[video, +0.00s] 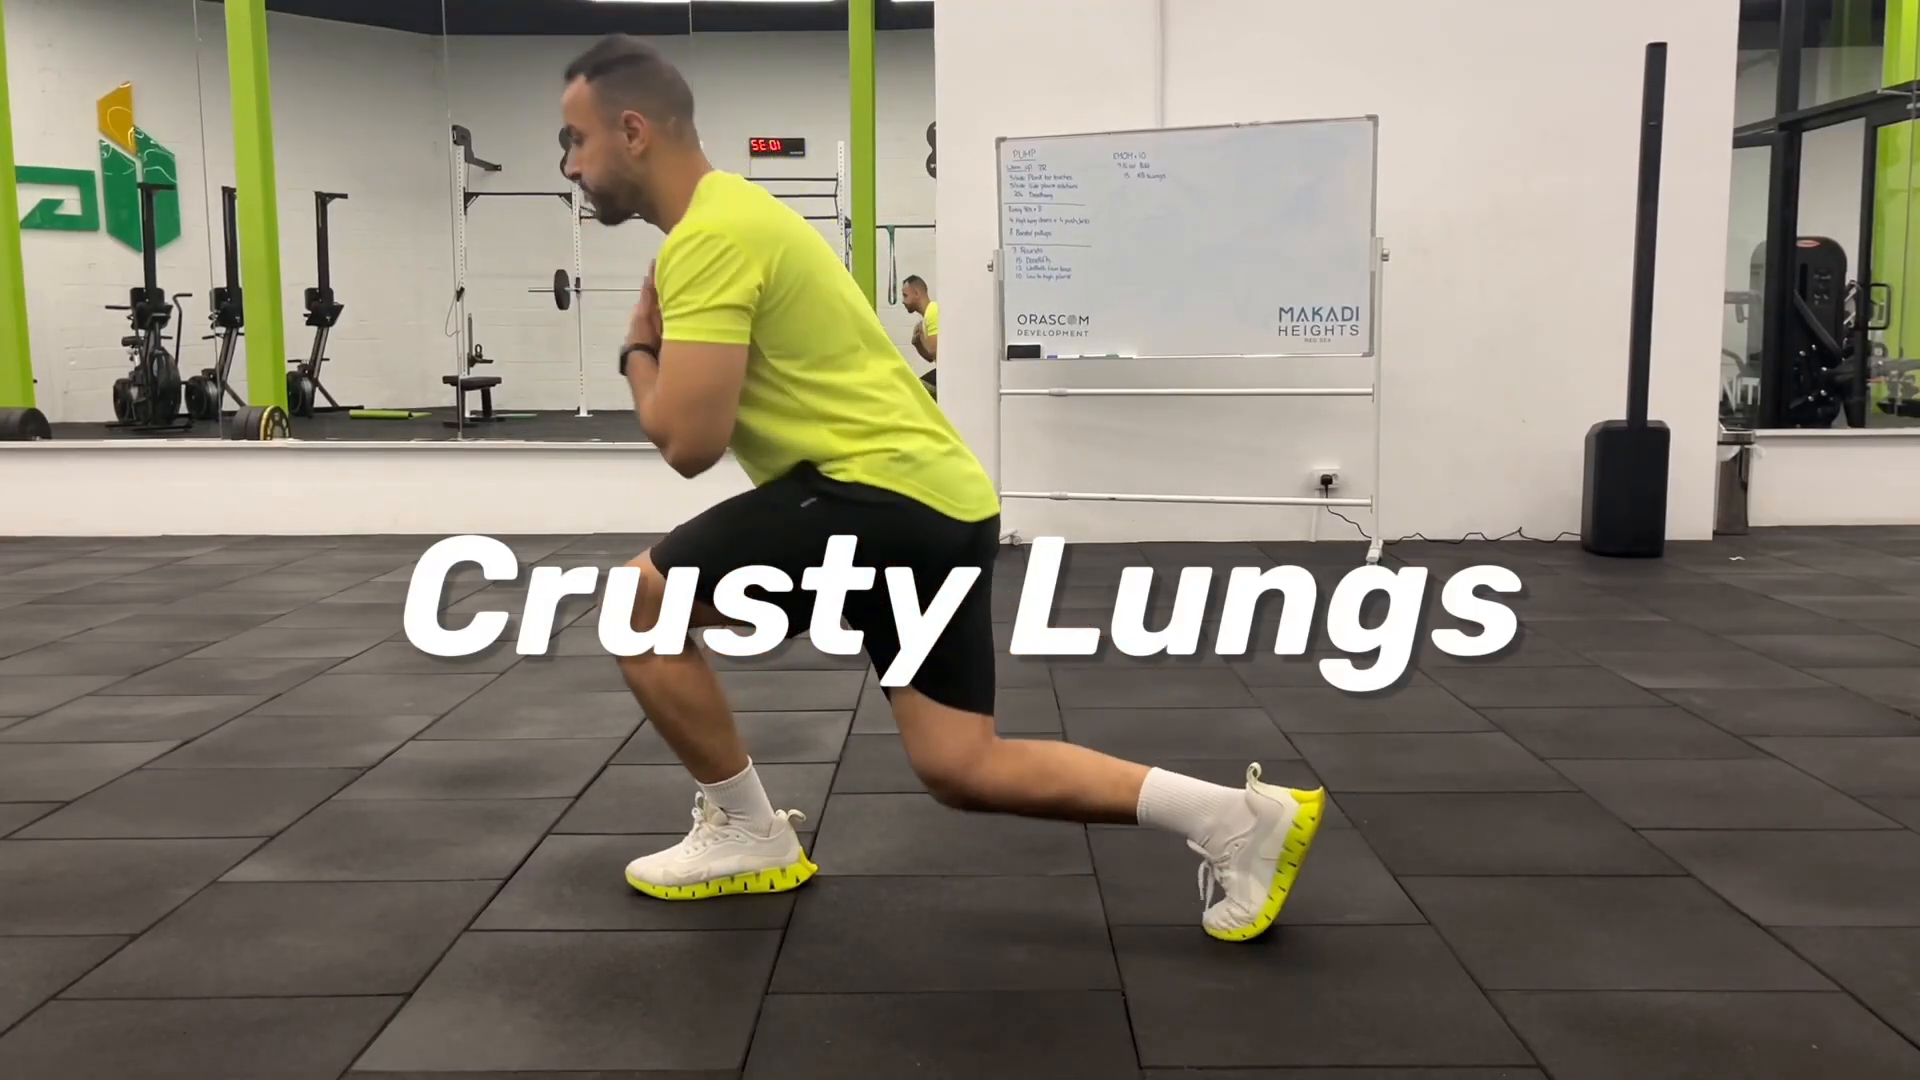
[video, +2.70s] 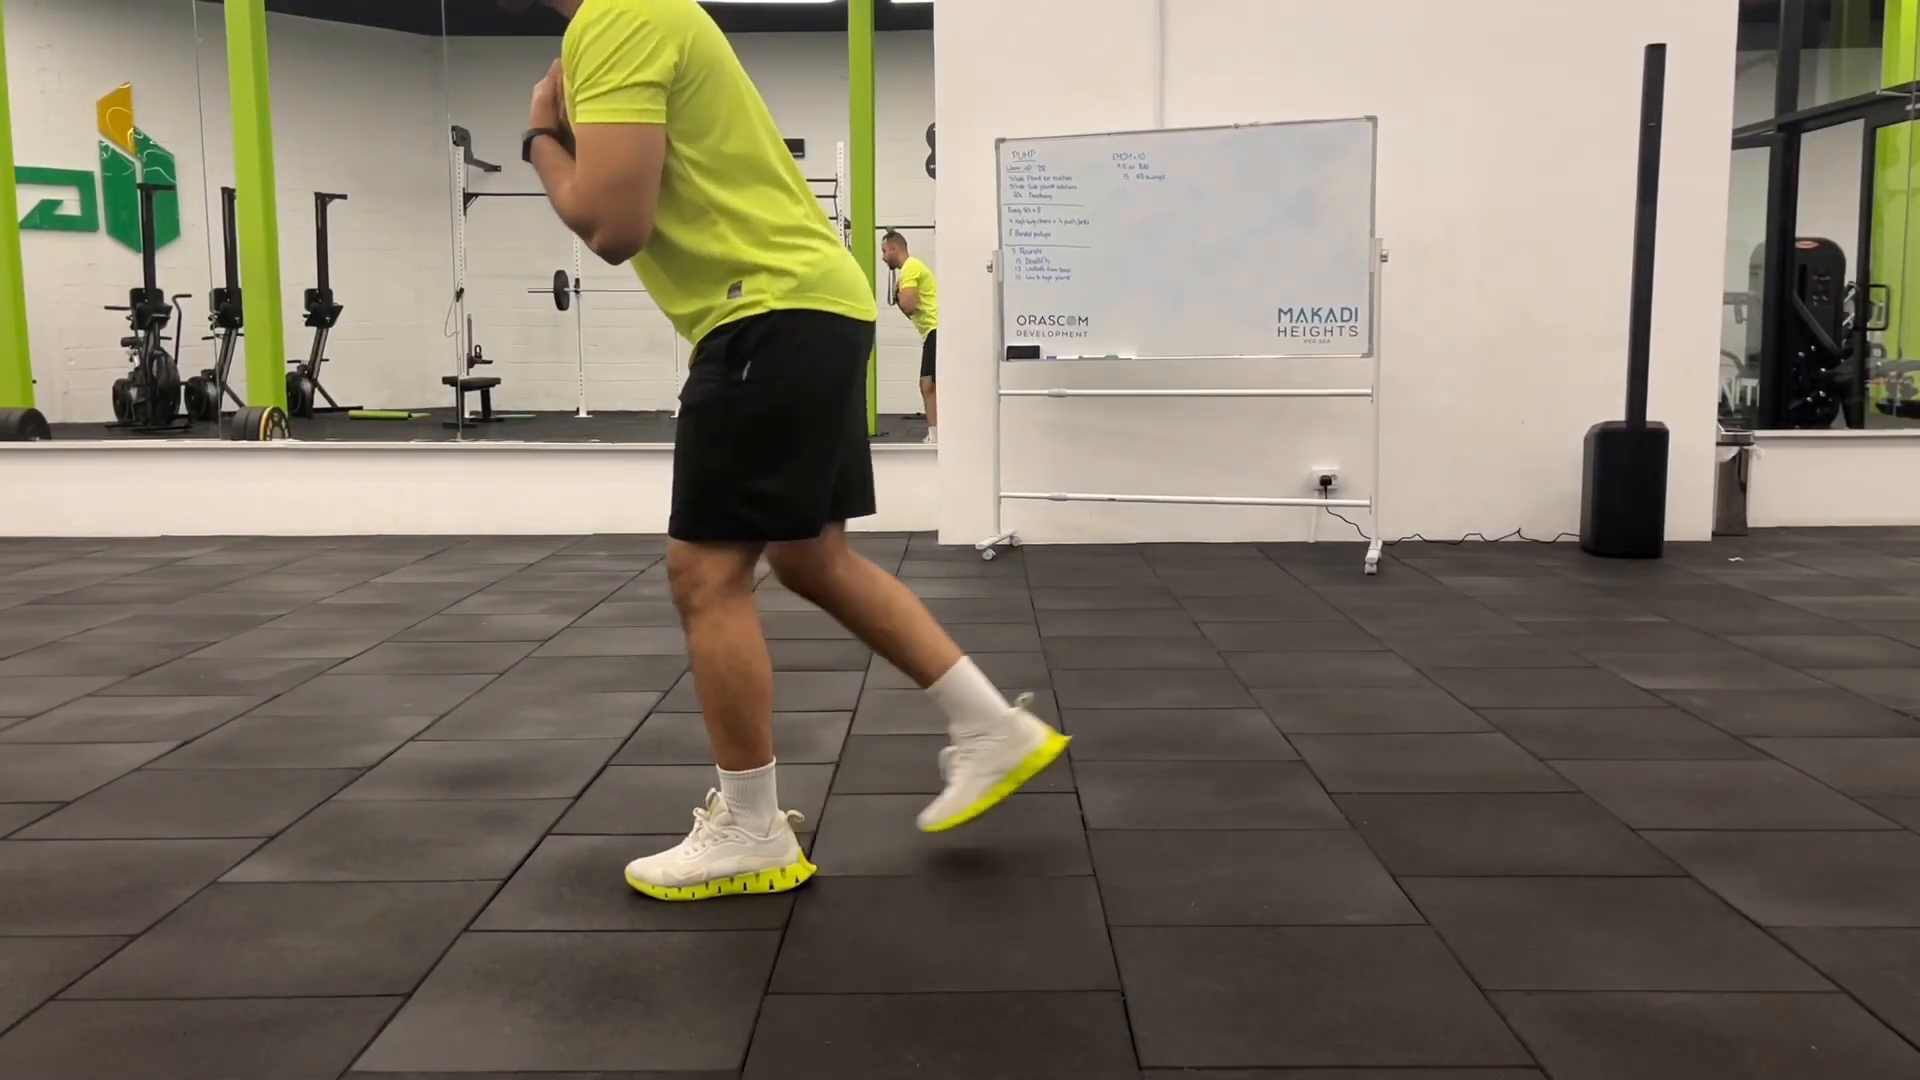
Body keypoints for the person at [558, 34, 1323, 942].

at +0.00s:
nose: (566, 165)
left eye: (574, 140)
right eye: (563, 143)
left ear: (634, 132)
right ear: (647, 132)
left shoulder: (715, 231)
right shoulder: (740, 218)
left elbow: (689, 443)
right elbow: (717, 416)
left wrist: (640, 353)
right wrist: (661, 361)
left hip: (876, 494)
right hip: (947, 502)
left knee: (648, 609)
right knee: (959, 763)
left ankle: (747, 829)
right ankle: (1235, 819)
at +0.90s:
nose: (531, 98)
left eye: (535, 70)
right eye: (526, 74)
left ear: (595, 58)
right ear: (608, 58)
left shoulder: (673, 156)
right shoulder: (718, 140)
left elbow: (667, 364)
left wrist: (618, 275)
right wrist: (651, 273)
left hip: (852, 412)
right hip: (932, 409)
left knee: (661, 597)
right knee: (973, 661)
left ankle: (748, 832)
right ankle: (1220, 810)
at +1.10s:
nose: (482, 35)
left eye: (487, 10)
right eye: (478, 17)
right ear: (560, 3)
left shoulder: (627, 83)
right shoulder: (661, 71)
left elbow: (627, 291)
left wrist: (570, 210)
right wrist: (596, 226)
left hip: (804, 350)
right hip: (882, 341)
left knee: (680, 585)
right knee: (905, 599)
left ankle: (751, 830)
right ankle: (1134, 737)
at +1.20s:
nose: (483, 9)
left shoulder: (619, 54)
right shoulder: (661, 42)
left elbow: (611, 261)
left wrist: (556, 183)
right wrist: (590, 196)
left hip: (780, 330)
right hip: (863, 324)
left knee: (685, 584)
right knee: (841, 583)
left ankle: (749, 829)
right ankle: (1059, 717)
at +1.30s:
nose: (527, 7)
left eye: (529, 1)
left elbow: (592, 233)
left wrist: (549, 145)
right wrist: (578, 140)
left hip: (762, 316)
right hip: (838, 310)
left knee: (694, 577)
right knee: (786, 563)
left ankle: (748, 828)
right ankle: (972, 729)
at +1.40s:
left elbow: (580, 206)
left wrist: (547, 119)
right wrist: (573, 123)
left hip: (748, 304)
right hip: (820, 297)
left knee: (703, 569)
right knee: (758, 548)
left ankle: (749, 829)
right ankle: (869, 752)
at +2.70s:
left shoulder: (620, 21)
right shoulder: (654, 22)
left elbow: (609, 224)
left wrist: (540, 136)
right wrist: (574, 128)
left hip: (760, 312)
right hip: (819, 304)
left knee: (707, 576)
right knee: (809, 554)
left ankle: (750, 828)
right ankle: (996, 729)